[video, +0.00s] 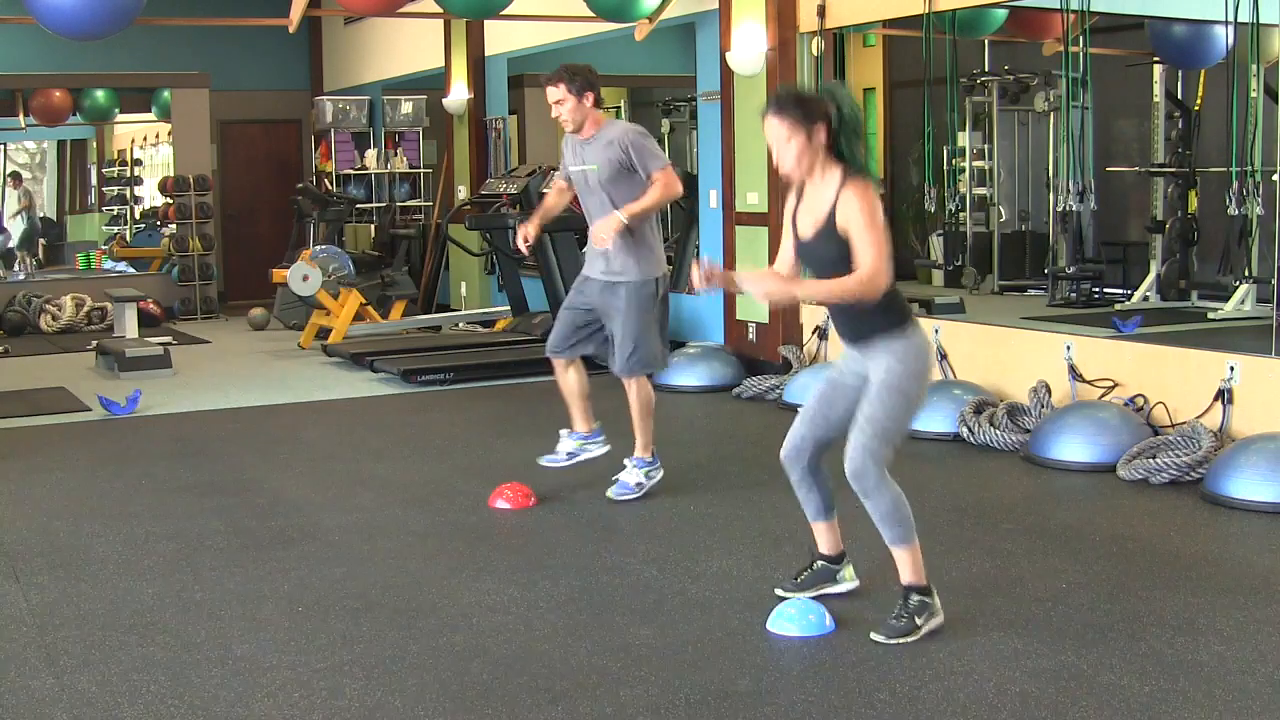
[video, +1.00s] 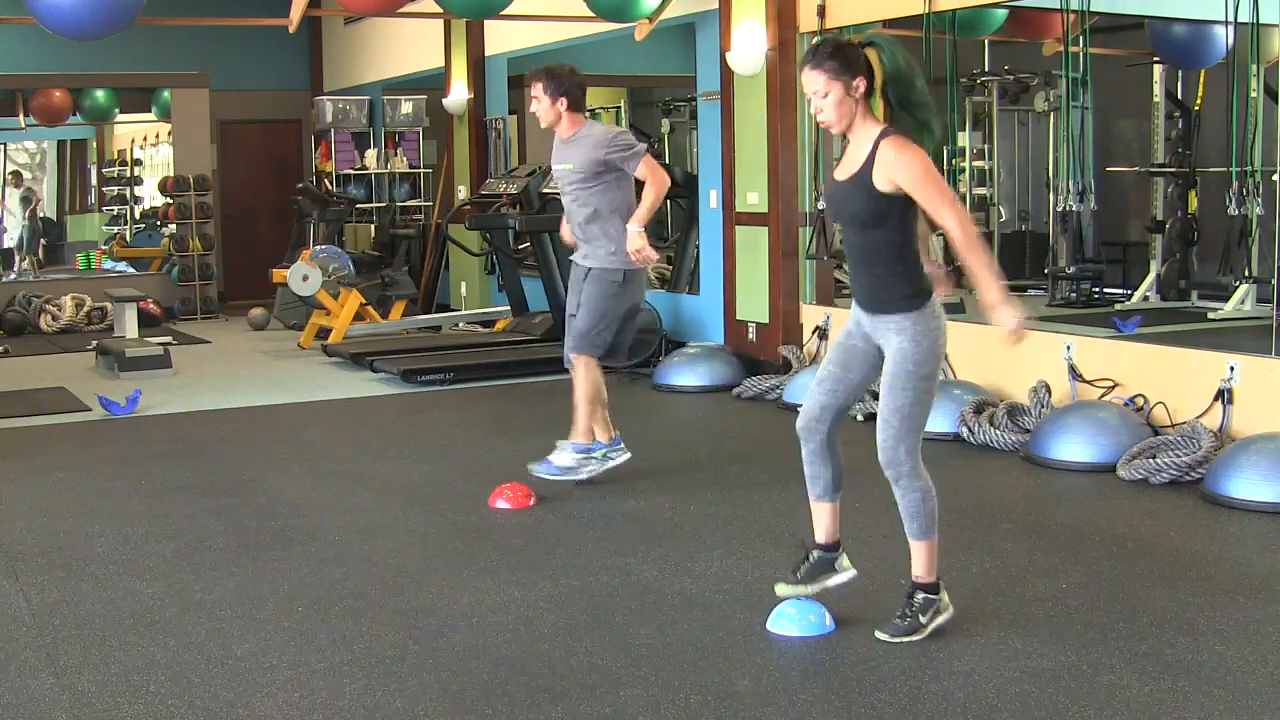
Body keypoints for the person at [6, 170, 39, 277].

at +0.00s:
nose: (9, 184)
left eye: (11, 181)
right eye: (9, 182)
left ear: (18, 181)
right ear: (17, 181)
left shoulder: (23, 191)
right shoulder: (22, 191)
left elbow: (25, 204)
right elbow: (24, 205)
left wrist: (14, 214)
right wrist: (15, 215)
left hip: (31, 224)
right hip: (32, 224)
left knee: (19, 247)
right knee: (28, 250)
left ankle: (25, 272)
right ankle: (31, 272)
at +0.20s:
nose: (9, 198)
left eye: (11, 195)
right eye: (9, 196)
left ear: (17, 195)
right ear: (11, 196)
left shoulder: (23, 206)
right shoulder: (21, 207)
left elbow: (20, 220)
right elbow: (21, 221)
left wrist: (6, 218)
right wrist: (9, 221)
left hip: (38, 235)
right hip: (36, 235)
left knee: (26, 258)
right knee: (29, 257)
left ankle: (33, 279)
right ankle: (37, 278)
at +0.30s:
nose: (9, 213)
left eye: (10, 210)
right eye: (8, 210)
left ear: (16, 210)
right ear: (16, 210)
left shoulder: (22, 219)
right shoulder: (22, 219)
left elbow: (18, 235)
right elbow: (18, 234)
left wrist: (6, 229)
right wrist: (8, 229)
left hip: (42, 243)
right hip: (40, 242)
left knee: (25, 260)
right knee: (26, 259)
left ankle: (35, 278)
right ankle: (37, 278)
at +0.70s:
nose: (9, 211)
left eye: (10, 209)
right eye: (9, 209)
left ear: (16, 209)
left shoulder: (22, 218)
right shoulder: (20, 219)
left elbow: (24, 229)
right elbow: (18, 230)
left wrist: (13, 237)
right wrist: (10, 236)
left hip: (42, 243)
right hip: (37, 243)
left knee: (25, 259)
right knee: (24, 259)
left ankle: (34, 278)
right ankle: (36, 278)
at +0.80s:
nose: (9, 197)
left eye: (10, 194)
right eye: (9, 194)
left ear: (17, 194)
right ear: (16, 194)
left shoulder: (24, 204)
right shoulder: (21, 206)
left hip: (36, 234)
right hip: (32, 233)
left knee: (25, 259)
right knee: (28, 259)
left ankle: (34, 279)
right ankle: (37, 278)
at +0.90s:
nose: (10, 185)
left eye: (12, 182)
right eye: (9, 183)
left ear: (19, 182)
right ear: (7, 184)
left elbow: (38, 199)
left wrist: (31, 212)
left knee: (26, 252)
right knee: (19, 251)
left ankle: (34, 273)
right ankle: (27, 274)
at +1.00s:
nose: (11, 183)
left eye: (13, 179)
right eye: (10, 180)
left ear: (20, 179)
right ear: (10, 181)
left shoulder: (27, 190)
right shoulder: (20, 193)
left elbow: (37, 199)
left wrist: (30, 210)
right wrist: (5, 208)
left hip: (30, 223)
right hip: (23, 223)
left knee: (28, 251)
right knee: (17, 248)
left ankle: (35, 274)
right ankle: (17, 272)